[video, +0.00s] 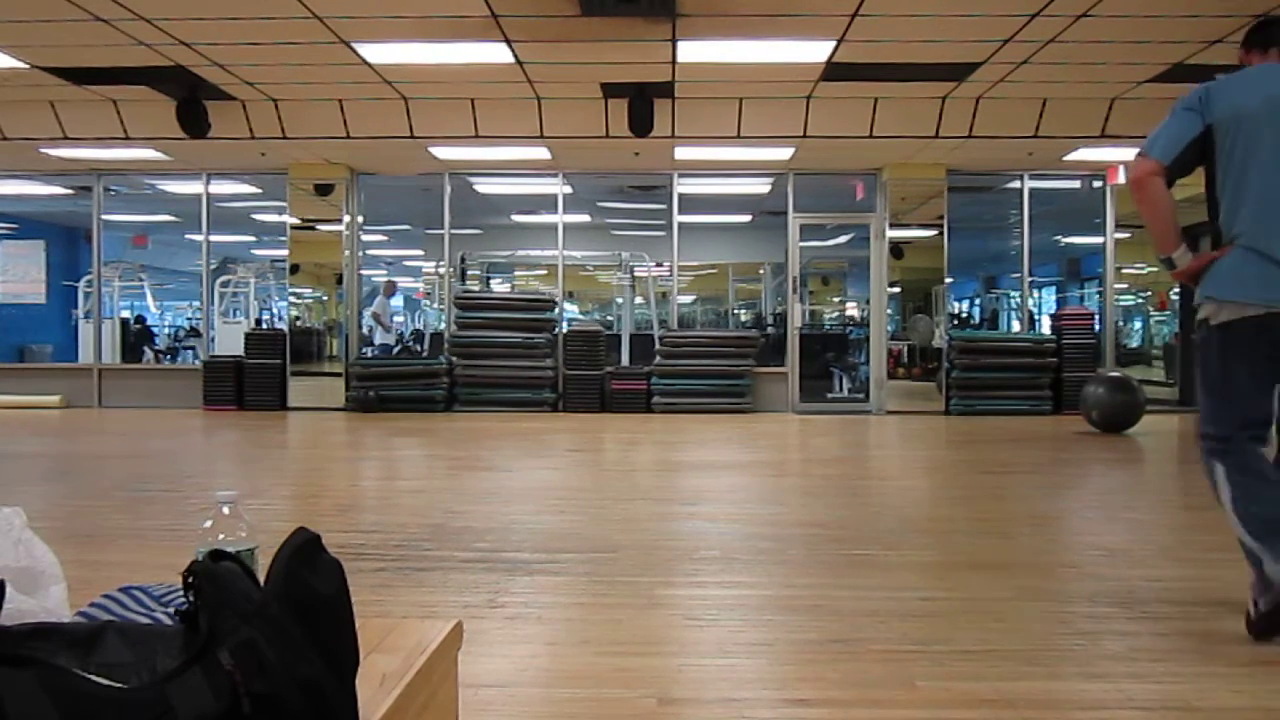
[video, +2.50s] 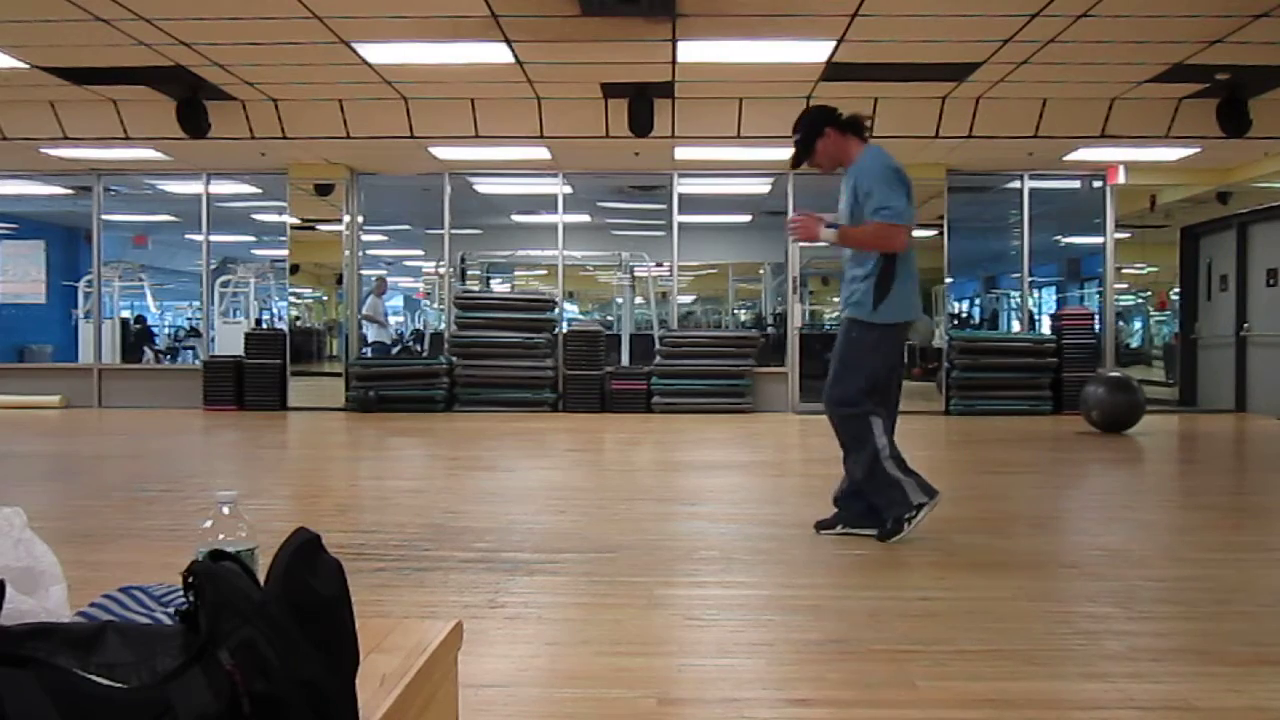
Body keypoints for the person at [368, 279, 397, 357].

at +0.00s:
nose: (395, 291)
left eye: (395, 288)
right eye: (393, 288)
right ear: (387, 288)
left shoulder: (387, 301)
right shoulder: (381, 299)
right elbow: (375, 314)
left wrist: (389, 325)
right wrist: (385, 326)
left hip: (388, 338)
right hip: (383, 338)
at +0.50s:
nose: (395, 290)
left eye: (395, 287)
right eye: (393, 287)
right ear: (386, 287)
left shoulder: (387, 301)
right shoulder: (381, 299)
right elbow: (374, 313)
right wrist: (387, 324)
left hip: (390, 337)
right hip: (384, 337)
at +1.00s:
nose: (392, 288)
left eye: (392, 285)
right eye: (390, 285)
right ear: (384, 286)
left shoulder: (385, 299)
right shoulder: (379, 298)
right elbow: (374, 313)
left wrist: (389, 321)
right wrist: (385, 321)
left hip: (388, 337)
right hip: (382, 337)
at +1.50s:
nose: (387, 288)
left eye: (386, 285)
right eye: (385, 285)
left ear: (385, 286)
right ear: (379, 286)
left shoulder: (383, 300)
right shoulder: (375, 299)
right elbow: (371, 316)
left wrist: (388, 323)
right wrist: (385, 324)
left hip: (386, 338)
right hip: (380, 338)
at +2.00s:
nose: (386, 288)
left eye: (386, 286)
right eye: (384, 286)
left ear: (384, 286)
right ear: (378, 286)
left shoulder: (381, 300)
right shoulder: (372, 298)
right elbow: (365, 313)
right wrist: (379, 323)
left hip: (384, 336)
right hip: (376, 337)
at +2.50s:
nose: (386, 288)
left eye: (386, 286)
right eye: (383, 286)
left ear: (386, 286)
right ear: (378, 286)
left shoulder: (381, 300)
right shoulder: (372, 298)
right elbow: (365, 314)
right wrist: (380, 322)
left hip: (385, 338)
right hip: (377, 338)